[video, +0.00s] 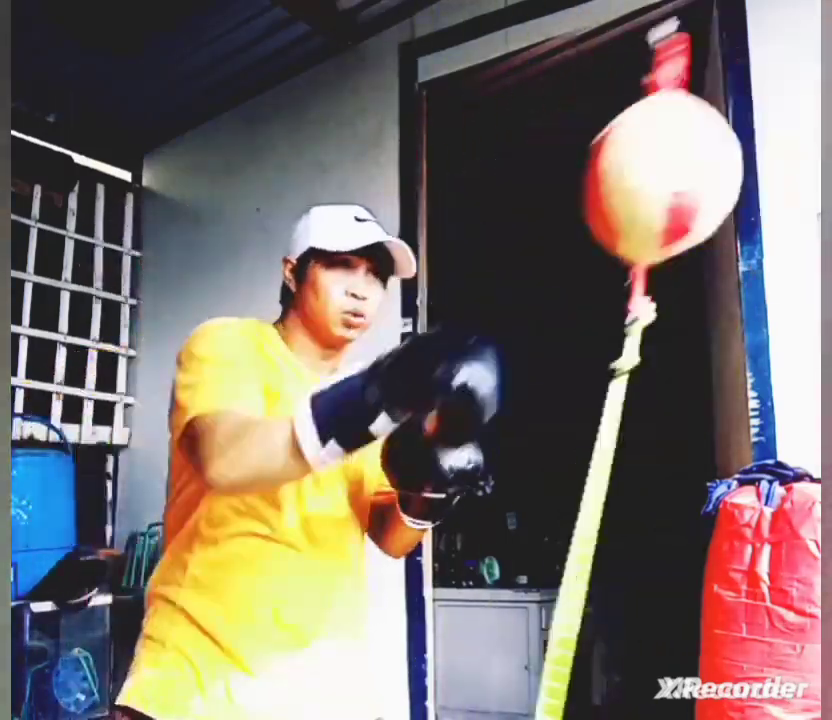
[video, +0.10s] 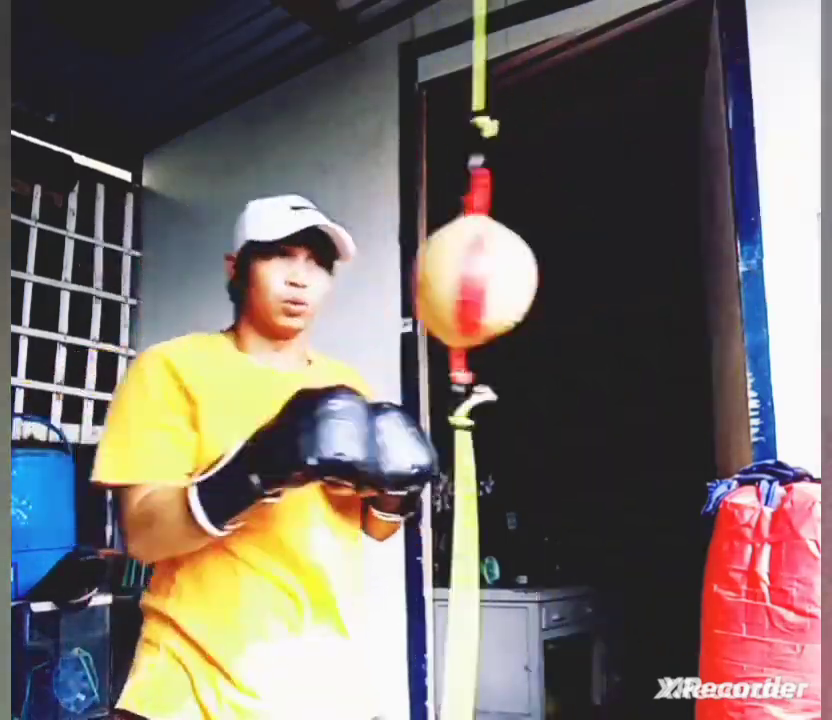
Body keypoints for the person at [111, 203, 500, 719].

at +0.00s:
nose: (362, 290)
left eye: (375, 275)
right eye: (342, 267)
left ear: (387, 292)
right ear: (293, 273)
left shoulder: (371, 398)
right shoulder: (226, 343)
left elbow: (393, 541)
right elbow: (223, 461)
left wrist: (425, 494)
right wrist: (373, 397)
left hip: (331, 674)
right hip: (204, 666)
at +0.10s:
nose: (300, 276)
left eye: (317, 261)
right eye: (280, 255)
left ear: (329, 280)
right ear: (236, 267)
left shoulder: (347, 388)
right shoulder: (170, 370)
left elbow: (378, 528)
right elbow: (145, 534)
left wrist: (395, 493)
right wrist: (256, 467)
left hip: (328, 687)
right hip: (197, 683)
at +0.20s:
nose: (227, 289)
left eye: (246, 273)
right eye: (206, 268)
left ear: (263, 289)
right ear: (168, 280)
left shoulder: (306, 386)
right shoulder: (113, 400)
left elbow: (353, 522)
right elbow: (122, 556)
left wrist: (348, 461)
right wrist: (197, 446)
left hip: (318, 691)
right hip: (180, 691)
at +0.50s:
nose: (220, 311)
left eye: (239, 296)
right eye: (200, 289)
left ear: (257, 305)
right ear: (159, 293)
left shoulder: (311, 390)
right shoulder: (105, 409)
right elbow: (116, 543)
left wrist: (399, 434)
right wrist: (177, 416)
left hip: (312, 697)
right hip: (169, 699)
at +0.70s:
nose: (328, 287)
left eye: (342, 271)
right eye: (307, 268)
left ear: (360, 283)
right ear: (264, 278)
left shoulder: (388, 386)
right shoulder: (196, 359)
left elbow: (482, 447)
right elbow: (190, 469)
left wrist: (516, 369)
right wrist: (300, 350)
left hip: (362, 693)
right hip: (215, 693)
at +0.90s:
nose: (381, 300)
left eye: (393, 289)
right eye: (362, 280)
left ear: (406, 300)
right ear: (313, 282)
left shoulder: (388, 407)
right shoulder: (244, 344)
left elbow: (409, 546)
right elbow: (250, 431)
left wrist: (442, 459)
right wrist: (402, 332)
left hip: (344, 689)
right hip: (218, 681)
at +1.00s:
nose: (339, 295)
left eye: (352, 282)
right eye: (319, 272)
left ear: (362, 300)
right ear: (271, 279)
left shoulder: (367, 396)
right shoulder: (193, 372)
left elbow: (391, 543)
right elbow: (170, 526)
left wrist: (415, 444)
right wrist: (284, 414)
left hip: (338, 690)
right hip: (207, 686)